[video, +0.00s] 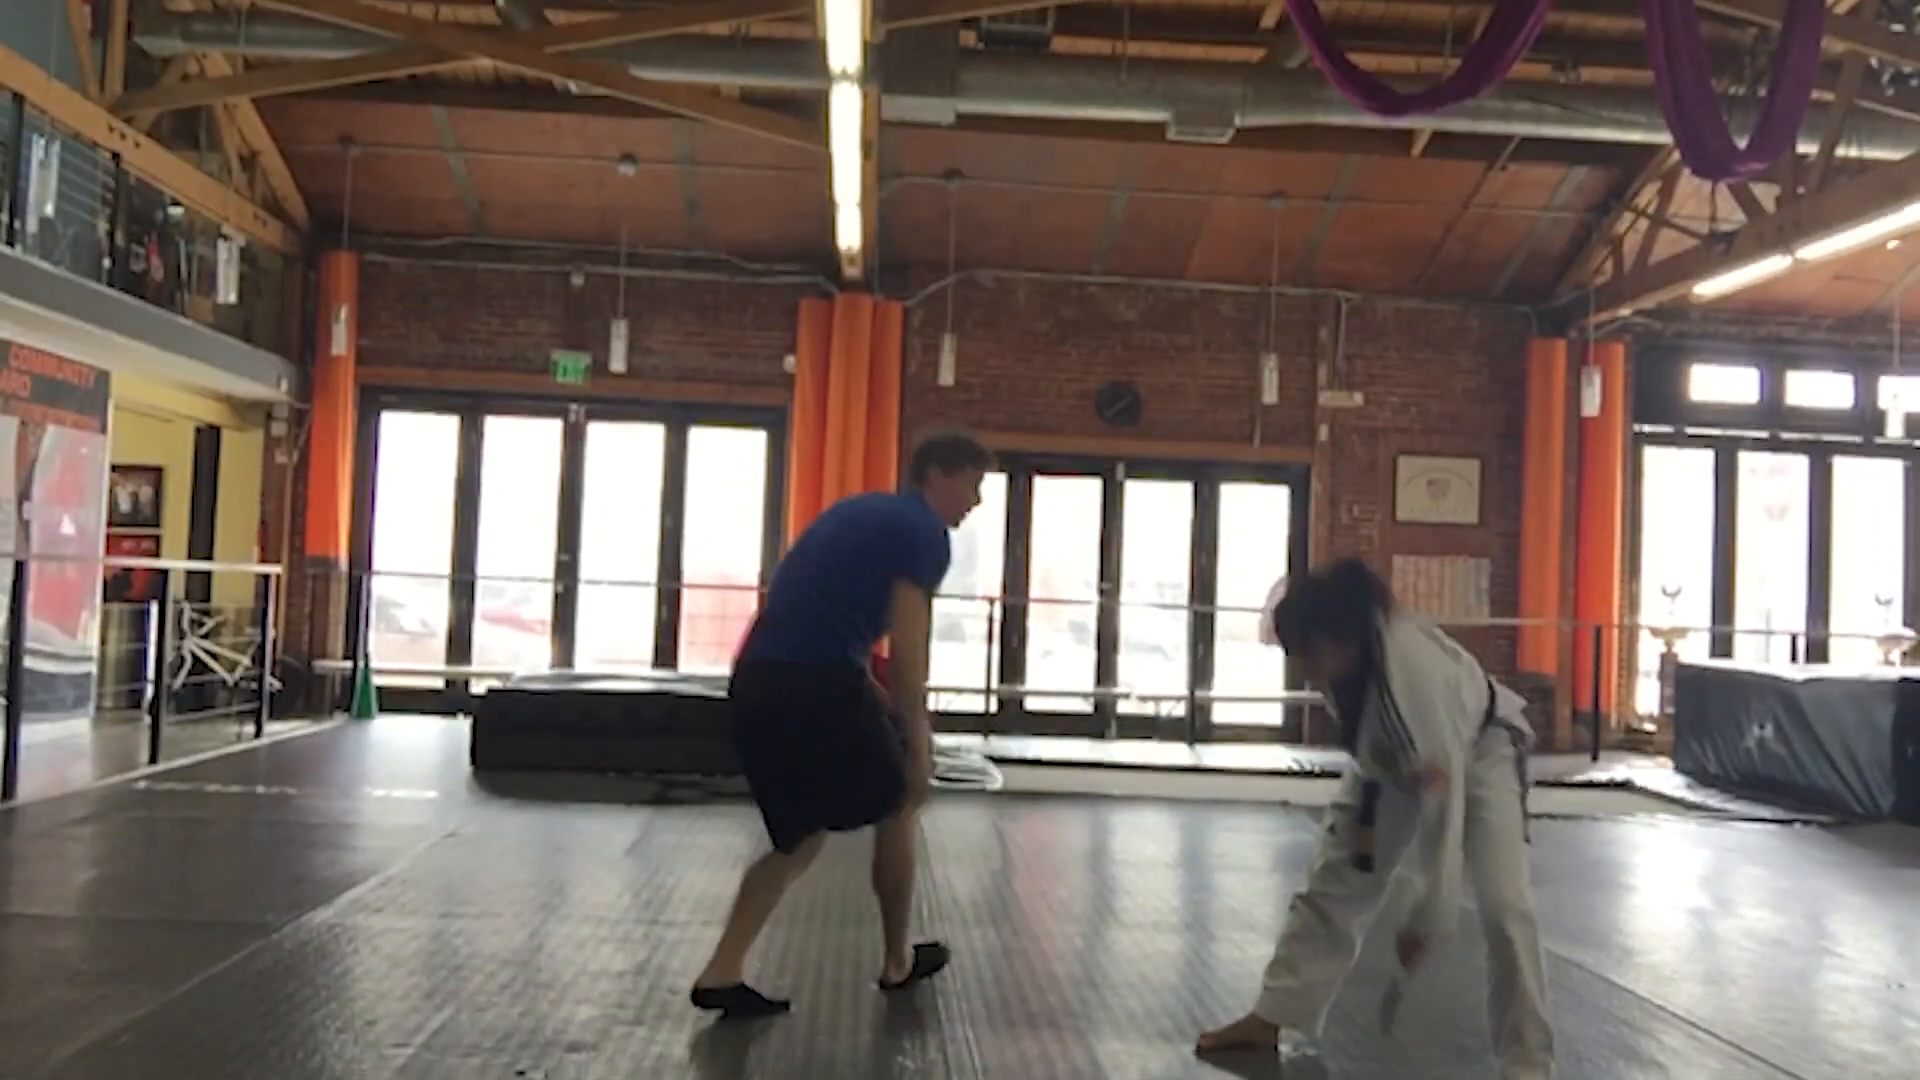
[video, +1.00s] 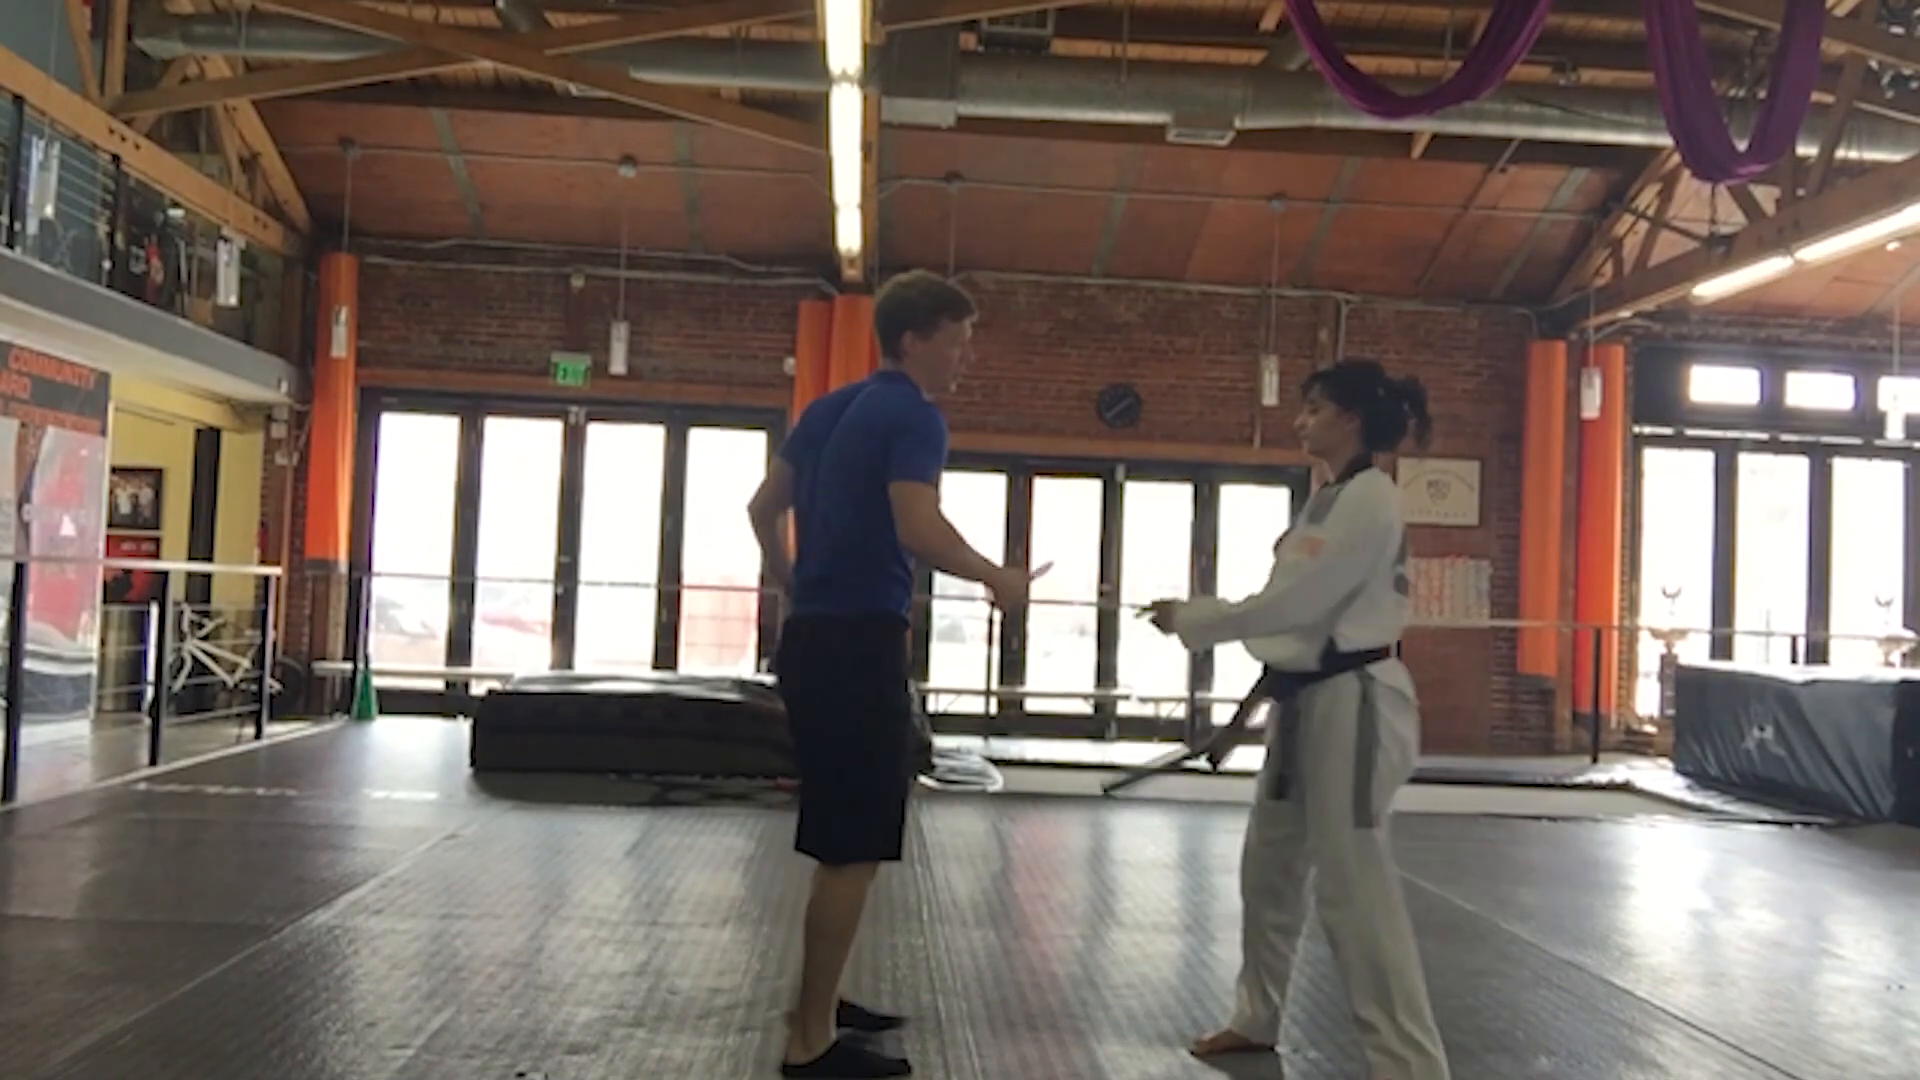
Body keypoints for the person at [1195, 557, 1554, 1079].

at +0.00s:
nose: (1301, 669)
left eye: (1309, 655)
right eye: (1296, 655)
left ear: (1345, 643)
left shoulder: (1411, 660)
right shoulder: (1341, 662)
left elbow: (1446, 797)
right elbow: (1365, 740)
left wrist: (1428, 917)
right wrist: (1361, 819)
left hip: (1479, 748)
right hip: (1400, 755)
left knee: (1504, 903)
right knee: (1338, 877)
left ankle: (1526, 1063)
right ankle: (1268, 1021)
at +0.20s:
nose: (1266, 511)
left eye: (1278, 497)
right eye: (1263, 497)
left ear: (1319, 498)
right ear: (1269, 501)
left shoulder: (1369, 558)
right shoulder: (1279, 558)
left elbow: (1408, 688)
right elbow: (1301, 657)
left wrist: (1356, 777)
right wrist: (1306, 746)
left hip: (1411, 722)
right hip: (1332, 722)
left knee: (1460, 894)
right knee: (1301, 879)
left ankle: (1522, 1058)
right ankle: (1267, 1024)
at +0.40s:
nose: (1256, 438)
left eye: (1270, 425)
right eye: (1256, 425)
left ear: (1313, 435)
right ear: (1278, 438)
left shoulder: (1339, 515)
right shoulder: (1281, 513)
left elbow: (1327, 640)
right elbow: (1269, 622)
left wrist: (1234, 690)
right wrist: (1241, 692)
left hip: (1347, 702)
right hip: (1284, 702)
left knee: (1368, 869)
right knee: (1267, 865)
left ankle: (1486, 1047)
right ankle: (1256, 1024)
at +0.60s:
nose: (1262, 424)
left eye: (1278, 413)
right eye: (1266, 412)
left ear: (1317, 427)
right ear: (1295, 427)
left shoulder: (1328, 500)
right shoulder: (1289, 506)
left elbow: (1265, 614)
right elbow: (1241, 609)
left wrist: (1161, 635)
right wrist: (1171, 636)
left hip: (1322, 699)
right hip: (1276, 699)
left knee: (1276, 866)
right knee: (1243, 860)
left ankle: (1390, 1030)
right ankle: (1251, 1023)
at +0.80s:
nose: (1279, 421)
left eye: (1294, 411)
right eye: (1282, 410)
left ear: (1334, 425)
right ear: (1323, 428)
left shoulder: (1330, 500)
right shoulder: (1323, 498)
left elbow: (1258, 608)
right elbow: (1282, 615)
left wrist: (1154, 622)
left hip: (1317, 697)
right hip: (1287, 695)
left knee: (1282, 869)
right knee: (1249, 865)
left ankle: (1391, 1041)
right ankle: (1253, 1023)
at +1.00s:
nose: (1301, 419)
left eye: (1318, 409)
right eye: (1304, 407)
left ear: (1359, 424)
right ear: (1326, 422)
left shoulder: (1369, 496)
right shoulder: (1321, 500)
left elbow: (1307, 601)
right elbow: (1288, 607)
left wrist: (1194, 619)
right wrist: (1263, 691)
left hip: (1355, 699)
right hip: (1305, 698)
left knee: (1353, 880)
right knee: (1271, 862)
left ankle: (1408, 1062)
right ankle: (1256, 1022)